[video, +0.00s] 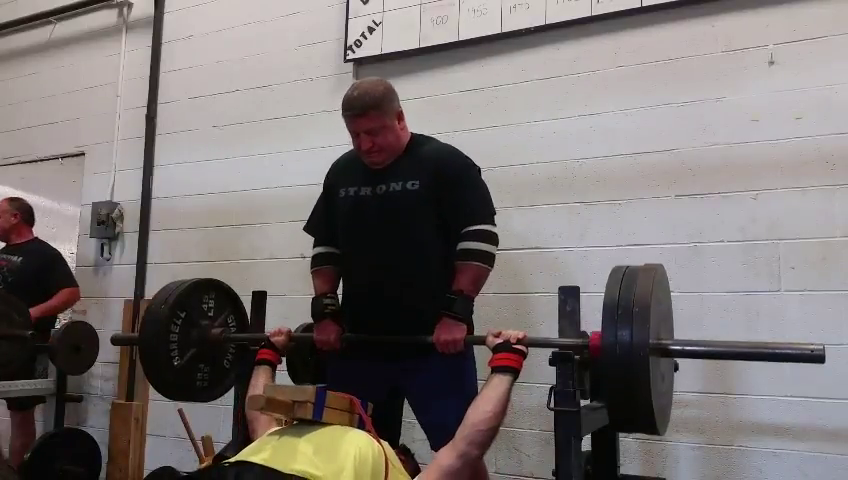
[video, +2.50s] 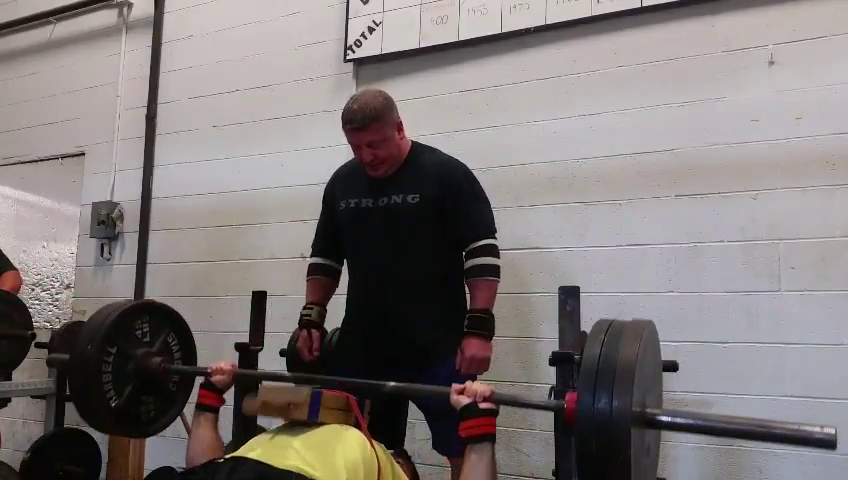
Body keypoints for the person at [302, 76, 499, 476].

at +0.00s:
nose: (366, 144)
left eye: (375, 133)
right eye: (356, 135)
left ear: (400, 120)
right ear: (348, 129)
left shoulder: (448, 166)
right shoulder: (342, 173)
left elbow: (479, 241)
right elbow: (326, 248)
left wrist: (456, 311)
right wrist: (325, 312)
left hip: (436, 341)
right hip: (360, 342)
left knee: (460, 456)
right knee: (356, 459)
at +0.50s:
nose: (370, 146)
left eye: (380, 135)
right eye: (362, 136)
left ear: (406, 124)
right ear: (352, 131)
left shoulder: (450, 171)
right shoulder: (346, 177)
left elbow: (472, 246)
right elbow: (319, 247)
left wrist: (443, 309)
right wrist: (307, 307)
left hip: (438, 343)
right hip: (364, 345)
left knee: (465, 456)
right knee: (363, 459)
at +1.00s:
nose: (368, 150)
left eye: (378, 139)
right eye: (359, 140)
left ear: (404, 126)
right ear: (350, 135)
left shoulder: (448, 175)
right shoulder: (343, 181)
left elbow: (456, 248)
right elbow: (308, 245)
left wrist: (428, 305)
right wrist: (287, 299)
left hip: (440, 342)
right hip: (365, 340)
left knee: (463, 452)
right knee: (364, 455)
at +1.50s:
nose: (369, 152)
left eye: (378, 141)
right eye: (361, 142)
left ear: (404, 129)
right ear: (352, 137)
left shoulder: (447, 176)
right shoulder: (344, 183)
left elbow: (462, 244)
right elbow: (311, 242)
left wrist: (428, 297)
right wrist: (293, 290)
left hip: (439, 348)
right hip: (364, 346)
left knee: (463, 455)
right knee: (367, 459)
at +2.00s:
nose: (369, 151)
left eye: (378, 140)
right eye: (360, 142)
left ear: (403, 127)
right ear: (352, 136)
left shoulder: (451, 177)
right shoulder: (345, 183)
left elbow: (486, 254)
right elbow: (328, 257)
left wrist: (486, 329)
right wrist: (316, 317)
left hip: (438, 345)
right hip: (365, 344)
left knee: (466, 455)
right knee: (367, 458)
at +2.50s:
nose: (367, 156)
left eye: (375, 145)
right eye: (357, 147)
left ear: (400, 130)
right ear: (348, 139)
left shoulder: (448, 176)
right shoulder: (342, 185)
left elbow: (482, 253)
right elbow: (325, 259)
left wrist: (479, 328)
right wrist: (311, 320)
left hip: (439, 339)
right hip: (367, 341)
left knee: (461, 449)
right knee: (373, 451)